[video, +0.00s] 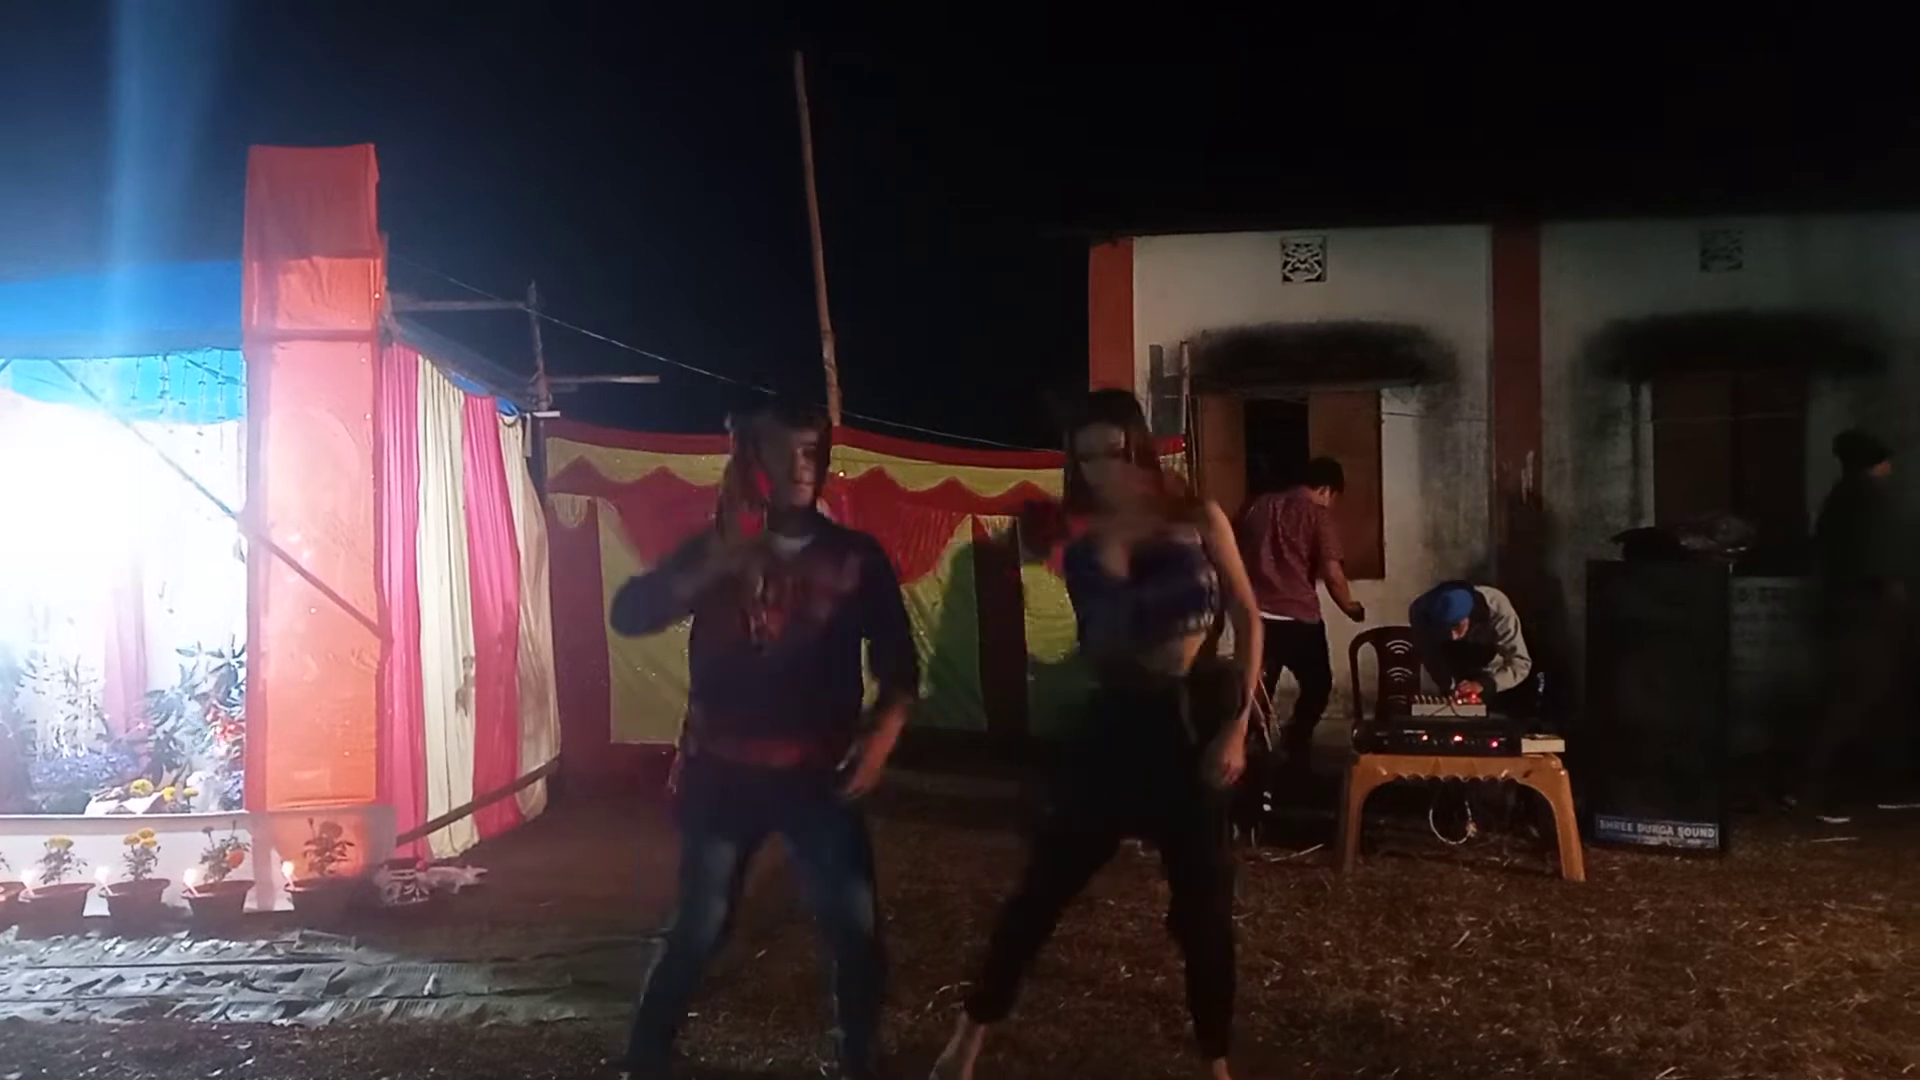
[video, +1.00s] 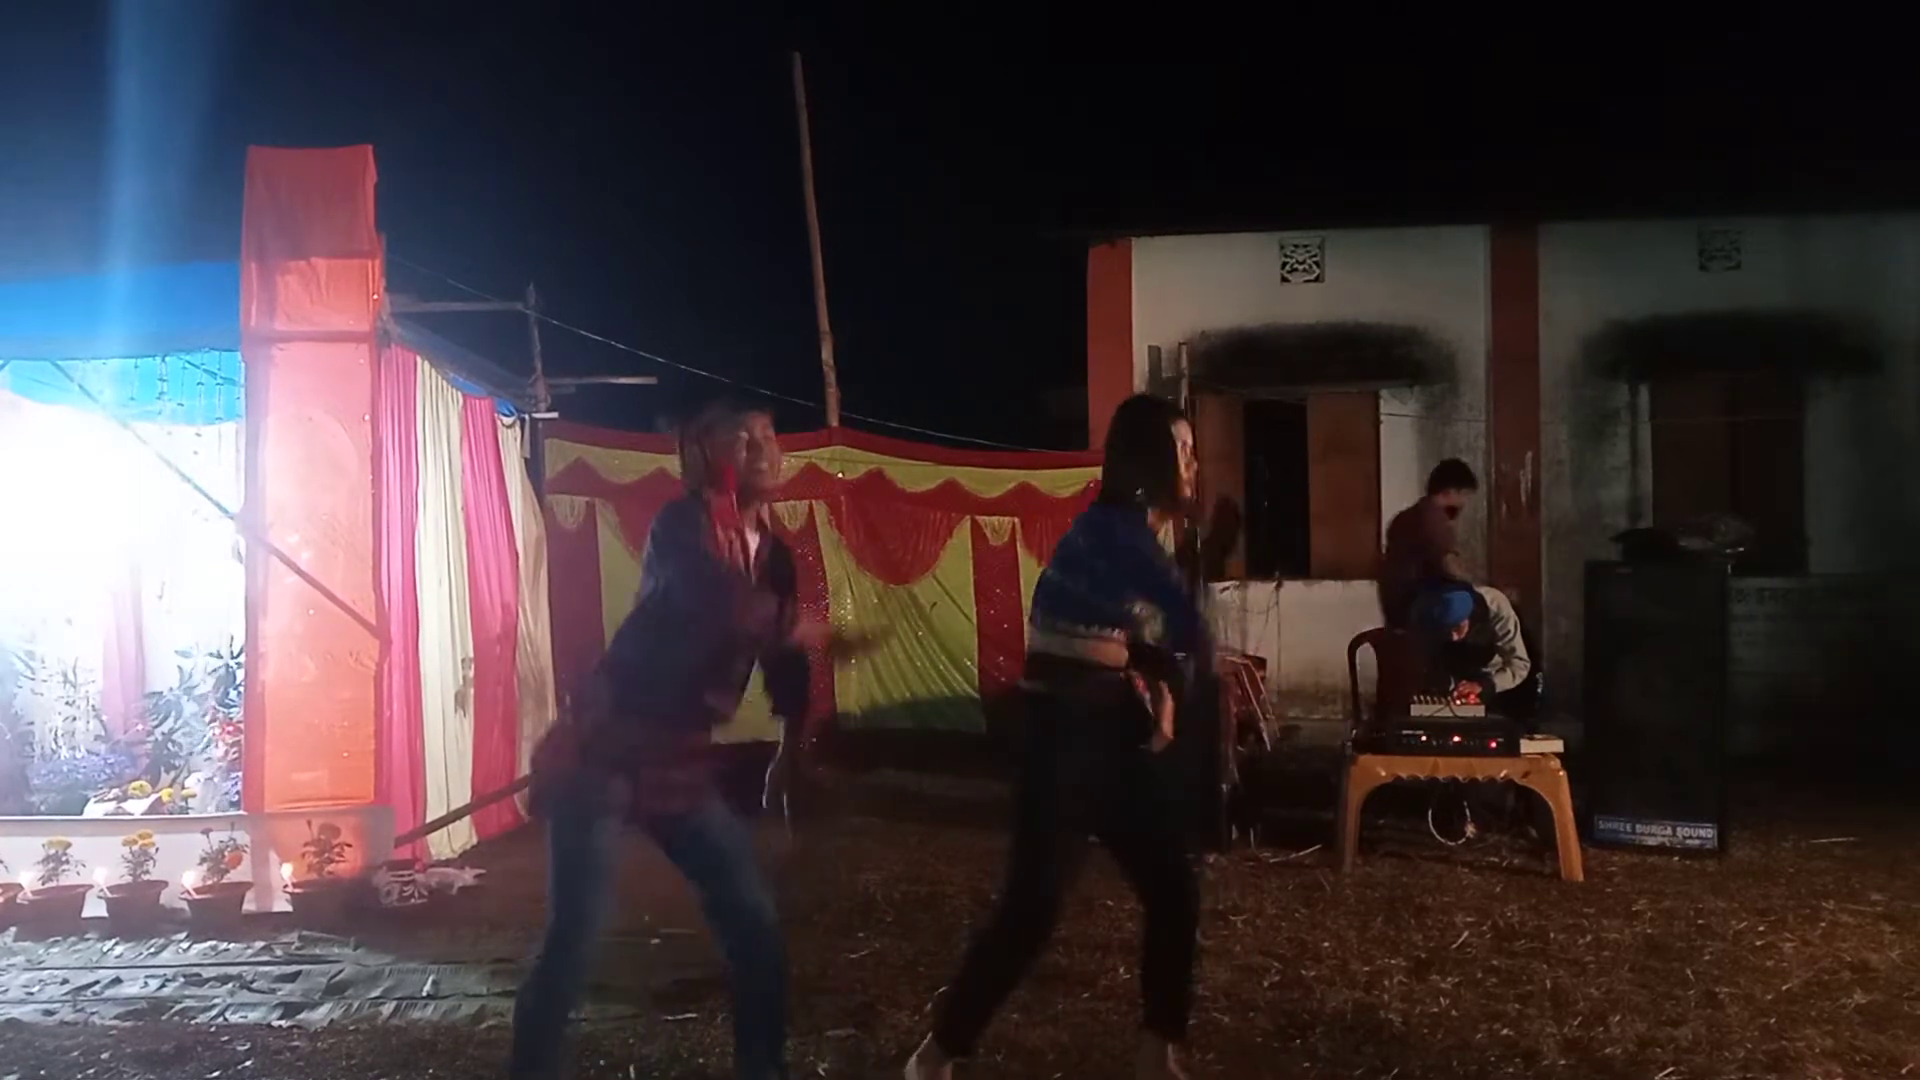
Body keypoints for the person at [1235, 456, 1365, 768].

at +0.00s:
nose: (1330, 506)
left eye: (1333, 498)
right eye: (1332, 498)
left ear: (1303, 483)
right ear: (1324, 490)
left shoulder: (1257, 506)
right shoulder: (1316, 513)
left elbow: (1232, 551)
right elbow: (1331, 572)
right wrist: (1349, 607)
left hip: (1258, 624)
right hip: (1301, 627)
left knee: (1258, 691)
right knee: (1317, 687)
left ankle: (1250, 754)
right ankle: (1295, 746)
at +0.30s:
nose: (1354, 512)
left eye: (1358, 505)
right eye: (1357, 504)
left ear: (1326, 489)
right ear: (1349, 498)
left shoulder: (1286, 514)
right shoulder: (1341, 524)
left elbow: (1259, 563)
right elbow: (1344, 582)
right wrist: (1353, 611)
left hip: (1278, 632)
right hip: (1320, 636)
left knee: (1268, 708)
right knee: (1333, 712)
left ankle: (1253, 772)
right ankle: (1333, 777)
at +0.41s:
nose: (1377, 512)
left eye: (1380, 507)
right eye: (1378, 505)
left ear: (1351, 491)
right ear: (1367, 497)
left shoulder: (1303, 515)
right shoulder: (1363, 524)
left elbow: (1276, 565)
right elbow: (1365, 583)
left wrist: (1267, 610)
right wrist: (1372, 615)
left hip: (1298, 632)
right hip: (1342, 635)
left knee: (1275, 706)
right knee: (1349, 713)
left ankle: (1253, 772)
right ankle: (1346, 780)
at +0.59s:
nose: (1398, 504)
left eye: (1401, 497)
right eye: (1400, 496)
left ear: (1371, 484)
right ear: (1388, 490)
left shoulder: (1329, 508)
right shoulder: (1381, 515)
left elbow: (1301, 560)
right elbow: (1390, 570)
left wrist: (1295, 607)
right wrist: (1411, 600)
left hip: (1323, 617)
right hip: (1359, 617)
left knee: (1328, 677)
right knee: (1359, 687)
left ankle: (1282, 727)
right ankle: (1349, 756)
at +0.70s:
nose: (1409, 500)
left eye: (1413, 493)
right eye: (1411, 491)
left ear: (1381, 480)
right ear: (1399, 485)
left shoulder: (1342, 509)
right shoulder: (1391, 512)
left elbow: (1320, 563)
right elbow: (1403, 565)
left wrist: (1315, 605)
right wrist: (1427, 587)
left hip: (1336, 611)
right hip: (1371, 613)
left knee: (1358, 675)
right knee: (1371, 679)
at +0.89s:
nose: (1441, 502)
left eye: (1445, 497)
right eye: (1442, 494)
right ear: (1430, 487)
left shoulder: (1382, 511)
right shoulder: (1418, 514)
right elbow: (1431, 567)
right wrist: (1461, 613)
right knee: (1466, 599)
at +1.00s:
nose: (1464, 503)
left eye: (1466, 497)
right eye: (1463, 495)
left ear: (1432, 487)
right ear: (1449, 492)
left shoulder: (1401, 519)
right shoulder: (1437, 521)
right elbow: (1449, 568)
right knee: (1493, 599)